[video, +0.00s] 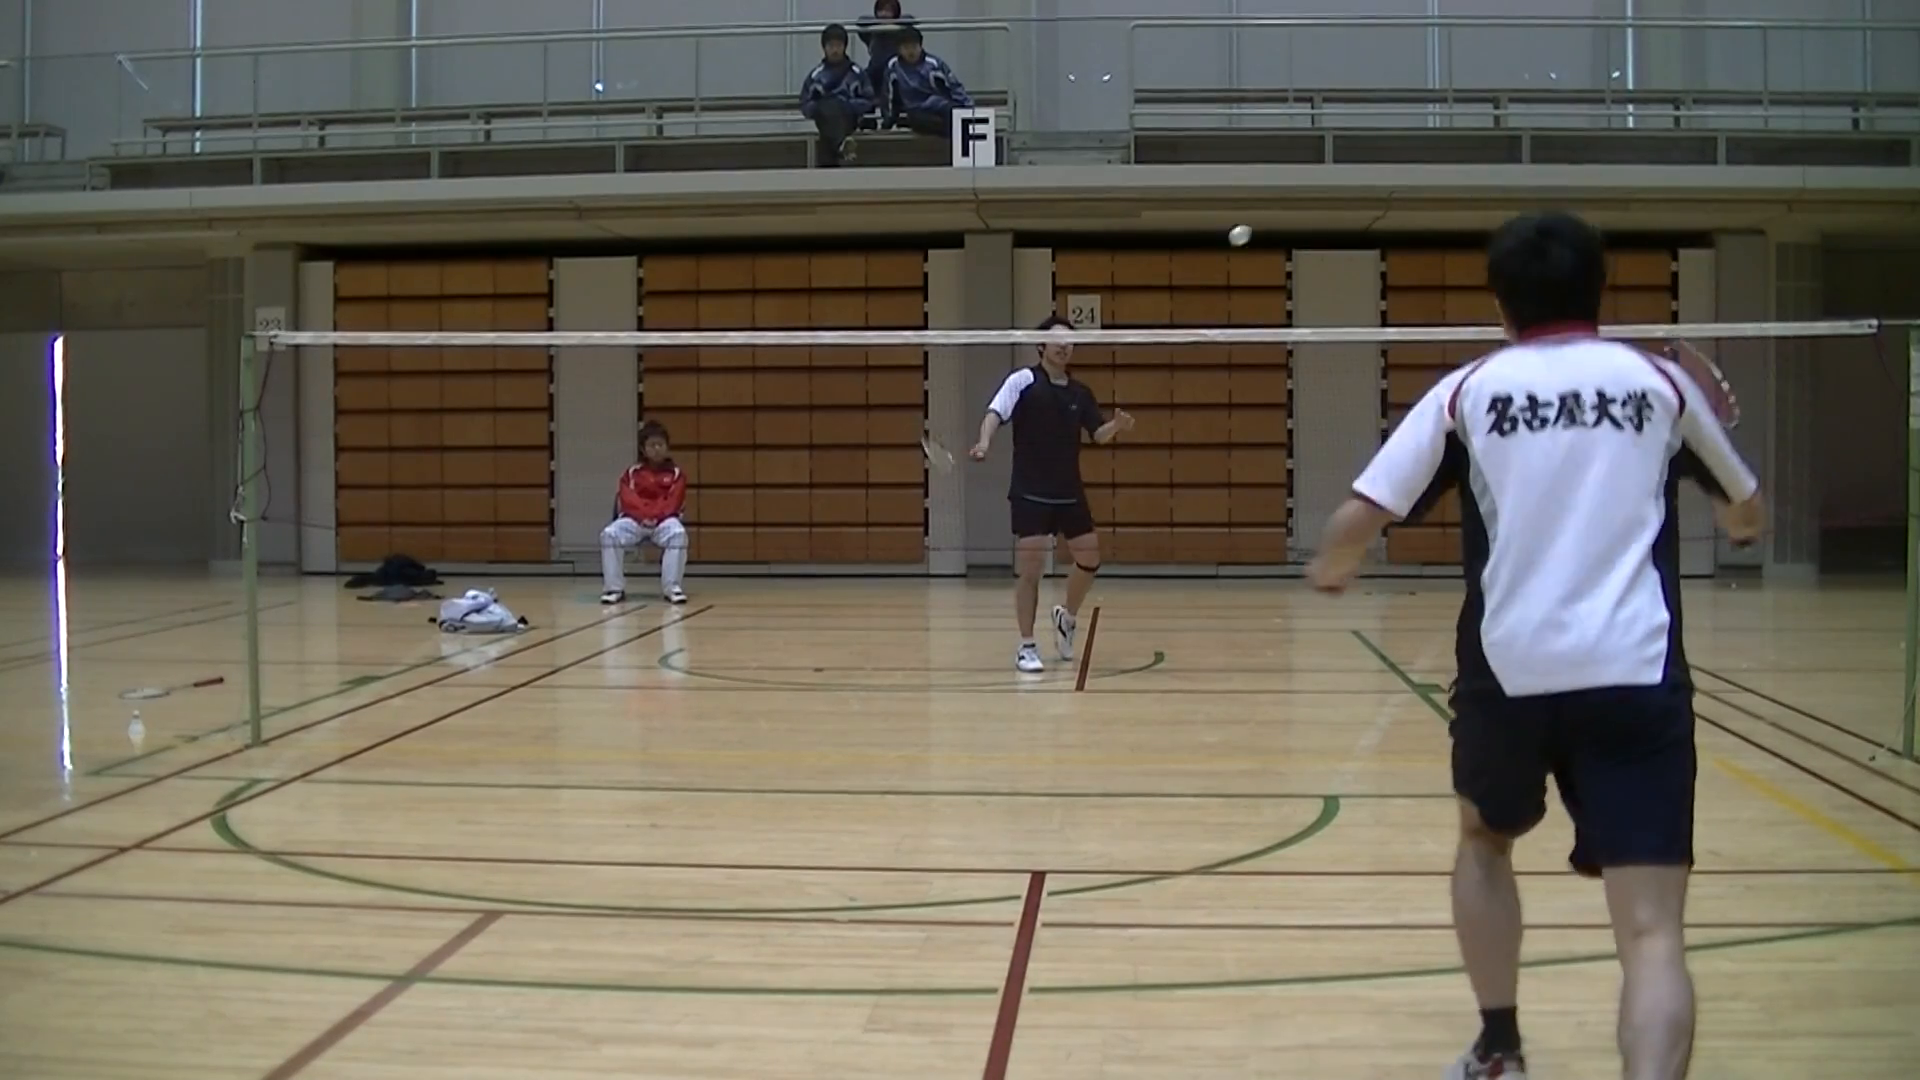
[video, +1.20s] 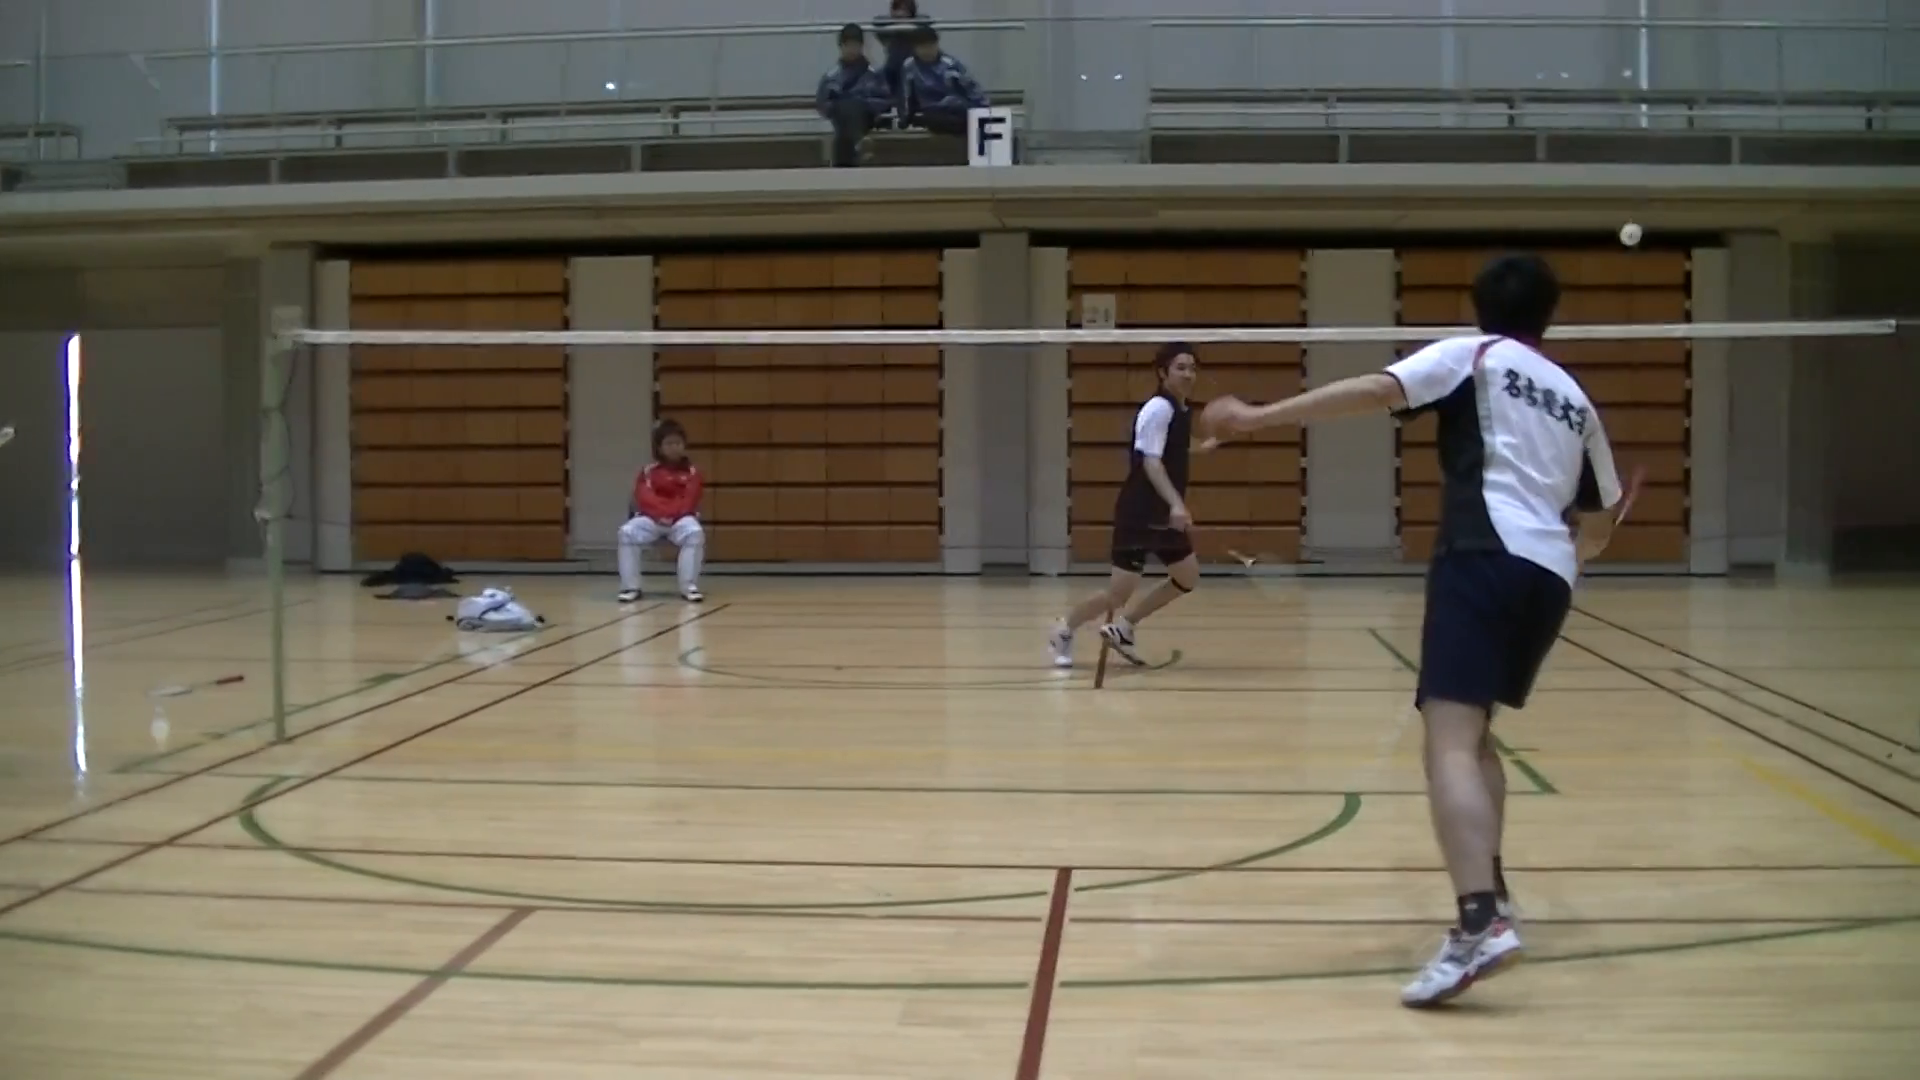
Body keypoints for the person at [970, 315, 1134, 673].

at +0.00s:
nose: (1064, 352)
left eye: (1069, 347)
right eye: (1058, 346)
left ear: (1074, 350)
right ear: (1042, 346)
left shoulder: (1078, 391)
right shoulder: (1022, 380)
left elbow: (1098, 435)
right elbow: (995, 414)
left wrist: (1115, 426)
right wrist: (984, 443)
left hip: (1069, 489)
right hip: (1030, 488)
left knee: (1089, 558)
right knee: (1030, 566)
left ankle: (1067, 618)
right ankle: (1027, 645)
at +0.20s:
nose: (1078, 353)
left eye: (1082, 347)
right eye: (1071, 347)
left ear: (1088, 353)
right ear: (1057, 351)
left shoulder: (1091, 399)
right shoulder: (1037, 388)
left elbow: (1093, 448)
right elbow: (1010, 435)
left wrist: (1108, 461)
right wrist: (1004, 482)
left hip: (1075, 489)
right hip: (1040, 489)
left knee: (1094, 555)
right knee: (1042, 561)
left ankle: (1086, 624)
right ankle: (1028, 645)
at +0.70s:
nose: (1124, 364)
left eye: (1130, 359)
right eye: (1118, 357)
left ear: (1136, 365)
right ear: (1105, 360)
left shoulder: (1131, 400)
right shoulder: (1087, 394)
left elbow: (1124, 447)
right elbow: (1058, 447)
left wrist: (1152, 475)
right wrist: (1051, 499)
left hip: (1108, 491)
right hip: (1080, 489)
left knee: (1120, 551)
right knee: (1094, 552)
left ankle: (1098, 625)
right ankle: (1073, 638)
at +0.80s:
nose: (1159, 387)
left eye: (1164, 381)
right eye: (1153, 380)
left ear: (1169, 386)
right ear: (1139, 383)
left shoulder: (1168, 423)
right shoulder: (1122, 420)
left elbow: (1178, 466)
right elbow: (1092, 468)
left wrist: (1211, 480)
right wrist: (1085, 520)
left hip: (1143, 508)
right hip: (1115, 506)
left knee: (1155, 572)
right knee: (1133, 565)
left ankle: (1122, 631)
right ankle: (1108, 641)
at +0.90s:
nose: (1168, 403)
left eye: (1173, 397)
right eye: (1161, 396)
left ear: (1180, 402)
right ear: (1147, 400)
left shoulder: (1183, 440)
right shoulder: (1131, 436)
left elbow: (1218, 471)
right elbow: (1102, 482)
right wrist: (1089, 531)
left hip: (1150, 522)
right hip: (1120, 519)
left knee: (1159, 586)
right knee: (1137, 575)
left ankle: (1127, 633)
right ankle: (1111, 640)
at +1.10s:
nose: (1175, 386)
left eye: (1179, 381)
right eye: (1168, 380)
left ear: (1184, 388)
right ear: (1151, 387)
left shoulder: (1186, 426)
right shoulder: (1138, 426)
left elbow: (1204, 444)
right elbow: (1126, 483)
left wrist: (1247, 432)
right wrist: (1141, 526)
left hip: (1166, 517)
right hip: (1132, 514)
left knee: (1175, 583)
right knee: (1116, 584)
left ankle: (1125, 617)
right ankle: (1090, 641)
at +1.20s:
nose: (1189, 374)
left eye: (1193, 369)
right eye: (1182, 368)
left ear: (1195, 374)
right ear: (1164, 372)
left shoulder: (1180, 411)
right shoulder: (1158, 409)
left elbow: (1175, 451)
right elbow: (1151, 463)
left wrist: (1203, 446)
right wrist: (1176, 503)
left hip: (1165, 507)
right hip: (1138, 506)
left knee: (1187, 577)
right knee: (1120, 593)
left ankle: (1124, 624)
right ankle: (1063, 630)